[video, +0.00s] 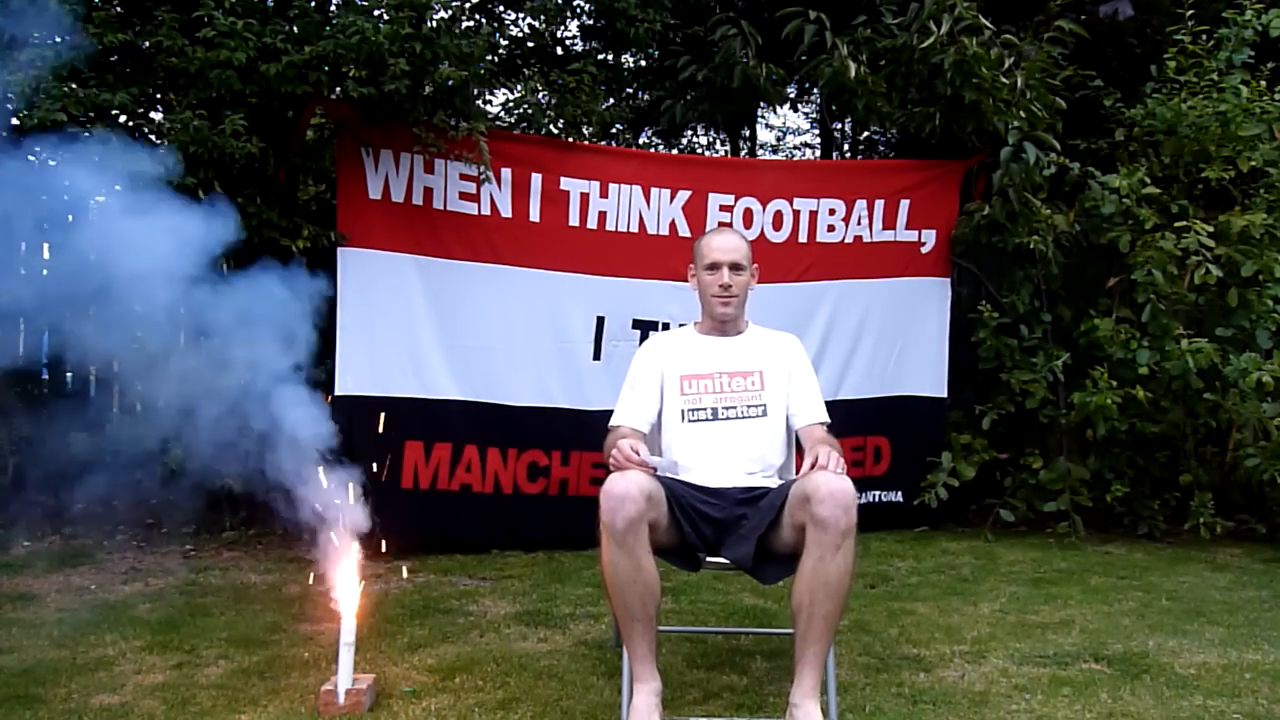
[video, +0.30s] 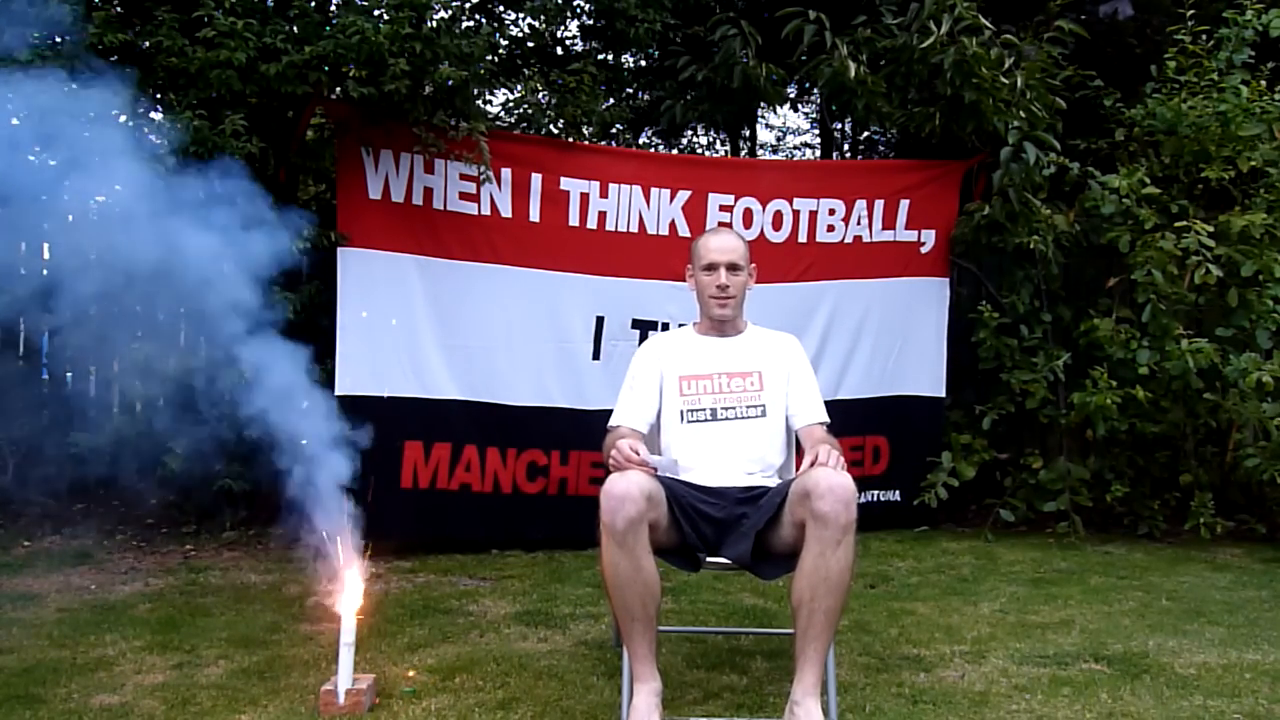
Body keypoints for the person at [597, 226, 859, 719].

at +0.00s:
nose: (725, 280)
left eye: (737, 269)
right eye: (713, 269)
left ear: (753, 277)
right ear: (693, 277)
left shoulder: (785, 348)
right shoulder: (660, 349)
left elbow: (814, 433)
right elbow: (623, 434)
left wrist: (824, 448)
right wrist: (623, 446)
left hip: (767, 502)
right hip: (680, 499)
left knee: (835, 494)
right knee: (619, 492)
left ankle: (806, 697)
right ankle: (645, 687)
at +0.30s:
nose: (722, 281)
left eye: (733, 269)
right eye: (710, 269)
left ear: (751, 277)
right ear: (691, 278)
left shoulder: (784, 348)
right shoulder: (658, 350)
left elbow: (814, 433)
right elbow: (622, 435)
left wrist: (823, 448)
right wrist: (621, 446)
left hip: (768, 503)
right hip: (680, 501)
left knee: (835, 488)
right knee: (620, 492)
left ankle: (806, 696)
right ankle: (645, 687)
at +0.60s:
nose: (721, 282)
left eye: (733, 270)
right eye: (709, 270)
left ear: (750, 277)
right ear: (691, 278)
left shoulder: (784, 350)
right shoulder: (658, 351)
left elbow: (814, 432)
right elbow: (622, 436)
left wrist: (824, 449)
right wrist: (622, 446)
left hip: (768, 503)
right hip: (680, 502)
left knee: (836, 485)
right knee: (619, 492)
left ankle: (807, 695)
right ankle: (645, 687)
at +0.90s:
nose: (719, 282)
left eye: (731, 270)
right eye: (707, 270)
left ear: (750, 277)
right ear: (690, 278)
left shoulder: (784, 350)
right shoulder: (658, 352)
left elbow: (814, 434)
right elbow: (623, 436)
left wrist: (824, 448)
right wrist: (619, 443)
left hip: (768, 503)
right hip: (679, 502)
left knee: (836, 484)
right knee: (618, 490)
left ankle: (807, 695)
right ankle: (644, 687)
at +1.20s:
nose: (719, 282)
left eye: (731, 270)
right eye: (707, 270)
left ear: (749, 277)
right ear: (690, 278)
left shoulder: (783, 350)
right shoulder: (658, 352)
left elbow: (814, 435)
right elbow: (622, 436)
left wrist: (824, 450)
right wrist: (620, 445)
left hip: (768, 504)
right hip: (680, 502)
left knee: (837, 484)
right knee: (619, 490)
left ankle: (807, 695)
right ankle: (644, 687)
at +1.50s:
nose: (719, 283)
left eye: (730, 271)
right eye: (706, 271)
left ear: (749, 278)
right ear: (689, 279)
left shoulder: (783, 350)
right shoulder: (657, 352)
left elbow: (814, 436)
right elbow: (620, 439)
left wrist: (825, 451)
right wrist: (617, 447)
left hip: (768, 503)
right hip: (679, 502)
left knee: (837, 484)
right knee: (619, 491)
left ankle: (807, 695)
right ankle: (644, 687)